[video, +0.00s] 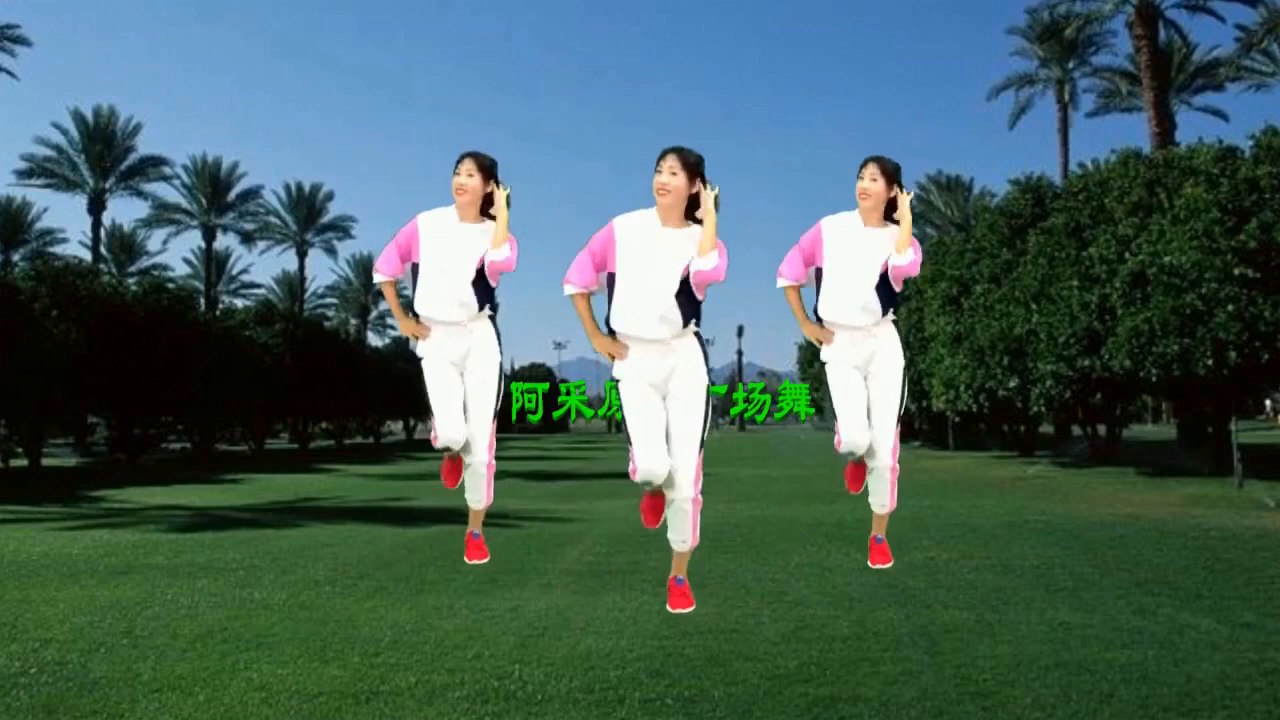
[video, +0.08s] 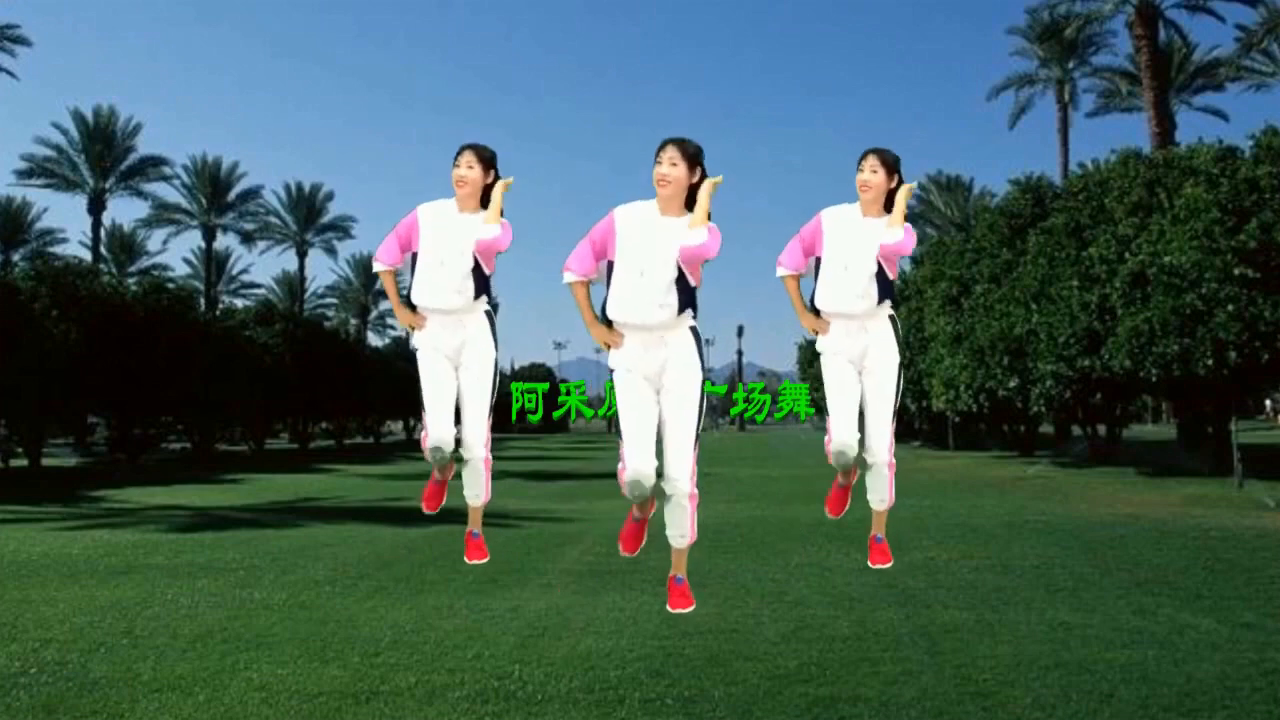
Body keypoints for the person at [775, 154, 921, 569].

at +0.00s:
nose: (864, 185)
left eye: (874, 180)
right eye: (862, 178)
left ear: (892, 191)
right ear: (855, 186)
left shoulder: (900, 237)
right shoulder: (828, 228)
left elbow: (903, 270)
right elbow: (788, 273)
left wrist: (904, 220)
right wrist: (805, 324)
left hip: (883, 341)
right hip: (839, 342)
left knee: (884, 443)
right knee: (855, 441)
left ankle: (879, 535)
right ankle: (859, 459)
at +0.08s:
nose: (865, 176)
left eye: (875, 171)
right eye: (862, 170)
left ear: (892, 182)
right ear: (855, 179)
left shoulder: (898, 228)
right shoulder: (829, 219)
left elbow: (892, 247)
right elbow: (787, 264)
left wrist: (898, 205)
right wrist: (803, 314)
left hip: (878, 332)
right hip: (834, 333)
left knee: (879, 444)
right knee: (842, 445)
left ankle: (879, 534)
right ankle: (846, 477)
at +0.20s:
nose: (864, 155)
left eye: (873, 148)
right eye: (860, 148)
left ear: (886, 159)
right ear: (853, 154)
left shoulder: (895, 205)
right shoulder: (829, 196)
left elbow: (858, 197)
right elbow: (783, 235)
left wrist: (880, 154)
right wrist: (793, 283)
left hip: (864, 305)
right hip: (821, 302)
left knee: (870, 427)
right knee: (812, 425)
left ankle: (879, 530)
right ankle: (803, 501)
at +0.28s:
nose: (860, 159)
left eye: (870, 152)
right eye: (856, 152)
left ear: (887, 161)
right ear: (849, 159)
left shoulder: (893, 206)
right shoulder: (826, 197)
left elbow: (849, 202)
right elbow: (781, 235)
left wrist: (851, 150)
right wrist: (791, 282)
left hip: (856, 311)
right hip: (813, 307)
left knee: (862, 429)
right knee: (802, 426)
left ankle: (873, 529)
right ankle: (785, 511)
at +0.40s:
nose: (852, 191)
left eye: (860, 184)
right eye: (846, 185)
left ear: (878, 193)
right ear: (841, 192)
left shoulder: (887, 238)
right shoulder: (823, 231)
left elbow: (843, 236)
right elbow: (775, 261)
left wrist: (816, 187)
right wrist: (782, 306)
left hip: (845, 346)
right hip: (803, 338)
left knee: (845, 457)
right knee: (788, 446)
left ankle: (865, 537)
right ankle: (773, 525)